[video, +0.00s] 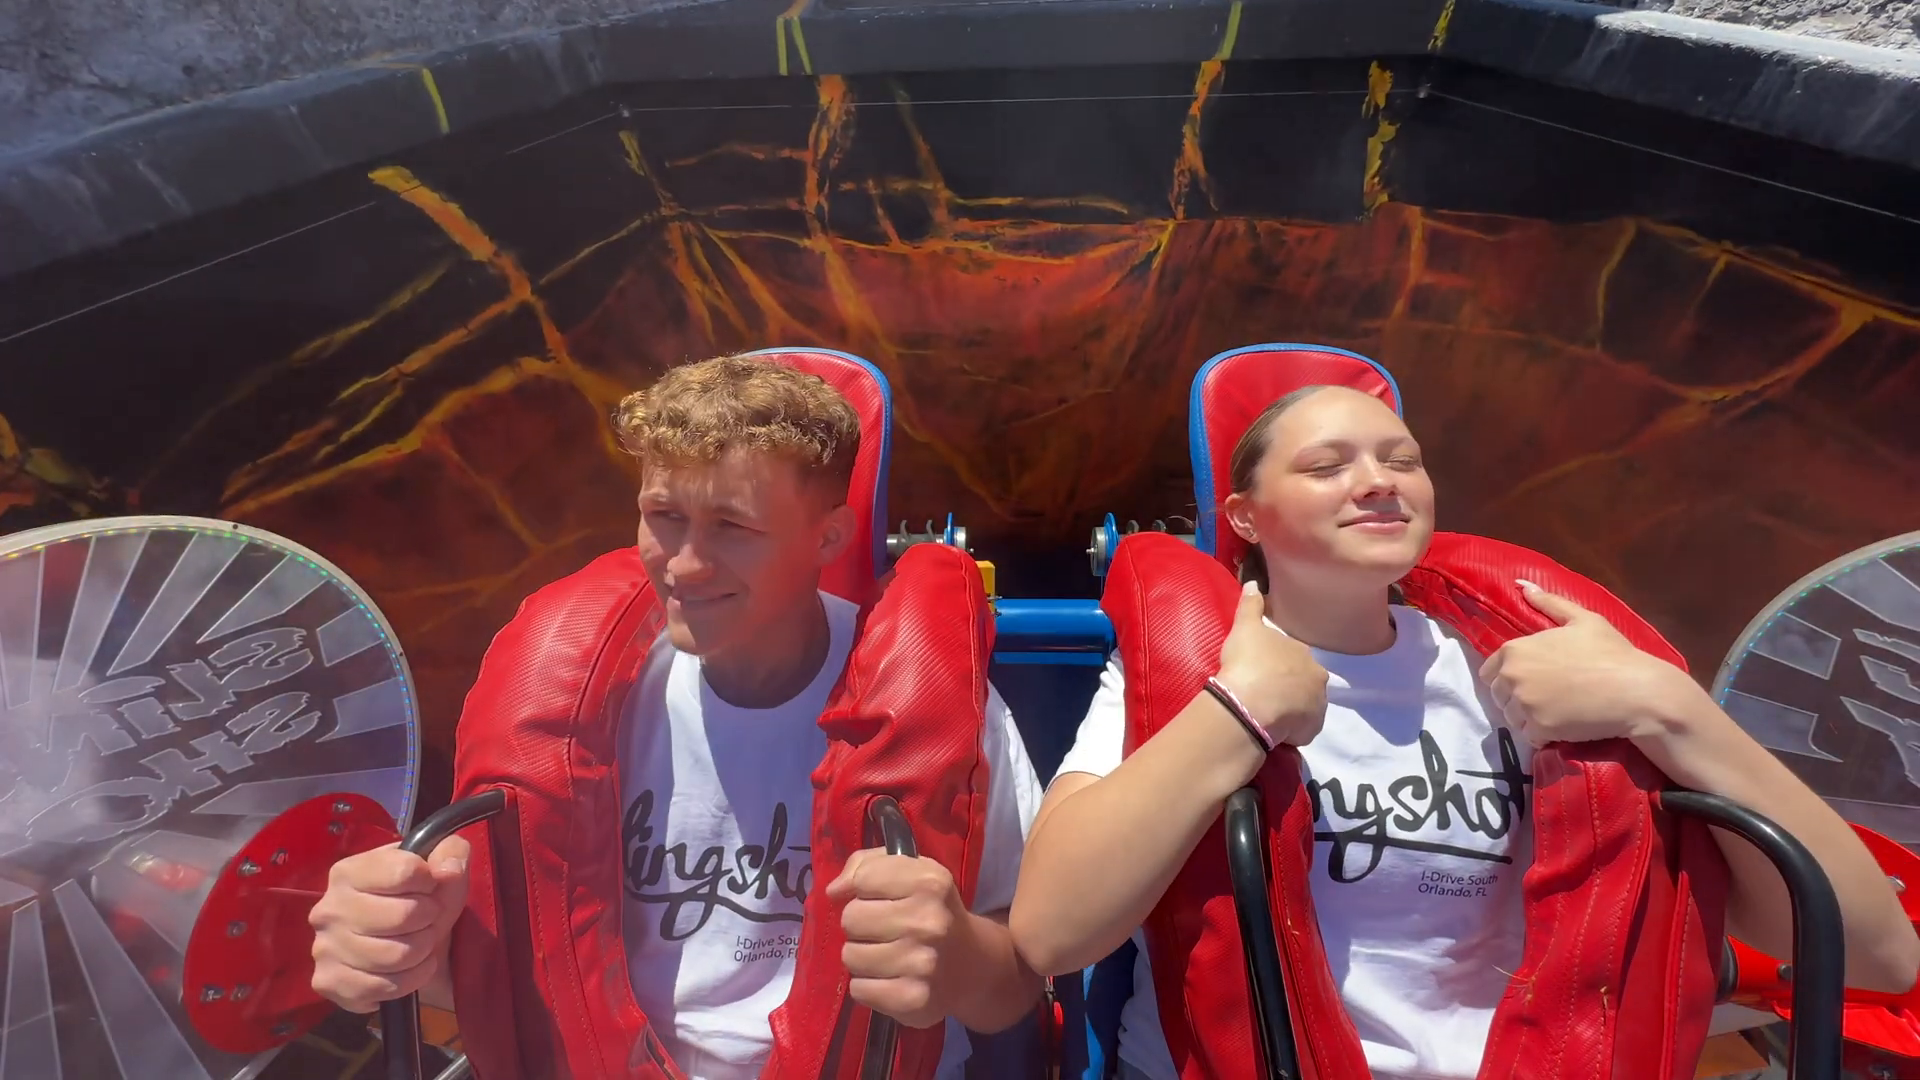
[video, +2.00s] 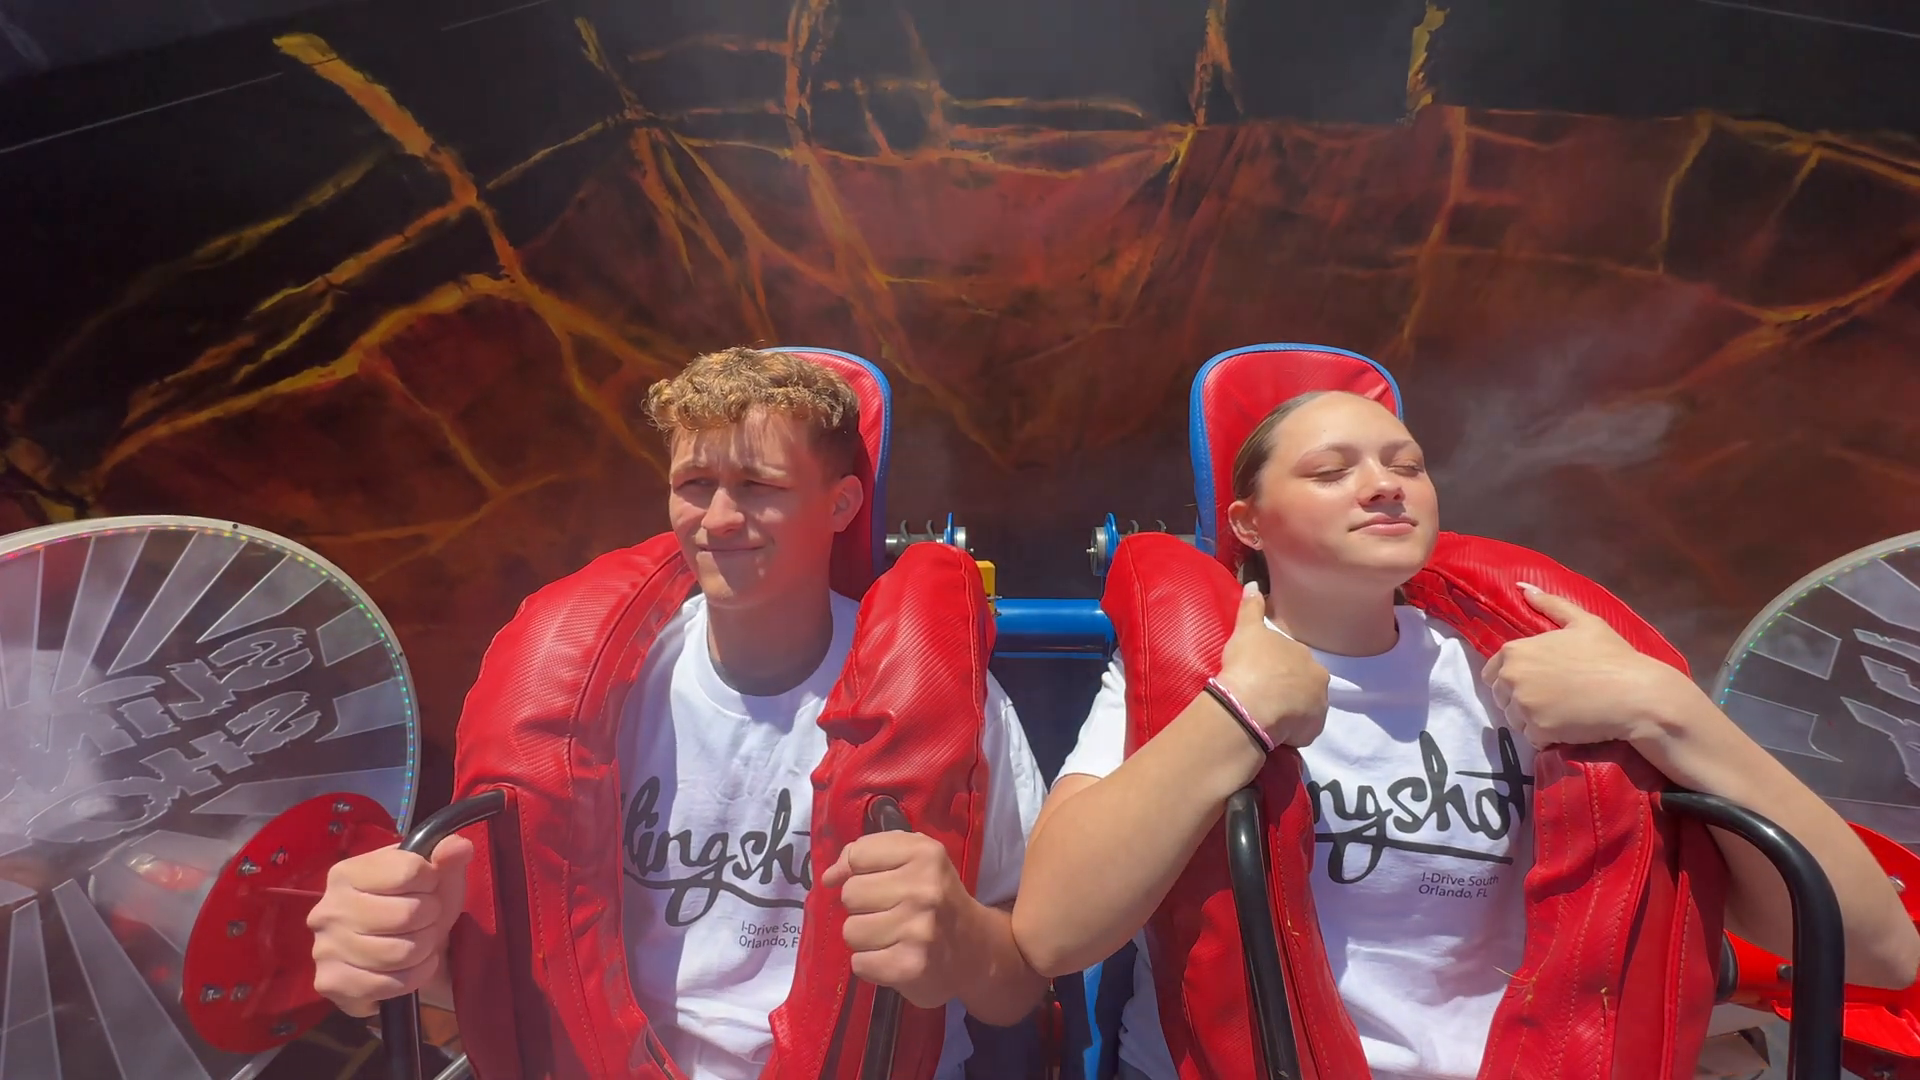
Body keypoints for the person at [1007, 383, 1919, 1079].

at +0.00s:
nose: (1379, 482)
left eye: (1397, 455)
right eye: (1326, 464)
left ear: (1427, 485)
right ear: (1246, 515)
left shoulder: (1533, 670)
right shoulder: (1172, 671)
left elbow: (1883, 952)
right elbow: (1046, 939)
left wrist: (1665, 704)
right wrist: (1238, 716)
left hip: (1523, 1060)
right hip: (1286, 1062)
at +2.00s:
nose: (1387, 484)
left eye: (1402, 458)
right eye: (1332, 469)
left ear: (1431, 487)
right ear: (1252, 524)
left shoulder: (1542, 673)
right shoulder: (1172, 677)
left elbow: (1883, 947)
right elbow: (1050, 938)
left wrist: (1665, 708)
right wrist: (1242, 714)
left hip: (1530, 1063)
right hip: (1296, 1064)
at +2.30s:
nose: (1387, 484)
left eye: (1405, 462)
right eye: (1332, 467)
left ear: (1432, 499)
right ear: (1246, 522)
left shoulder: (1531, 666)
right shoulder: (1159, 672)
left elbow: (1760, 973)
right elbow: (1084, 977)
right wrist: (1167, 812)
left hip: (1522, 1056)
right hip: (1270, 1059)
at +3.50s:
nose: (1384, 482)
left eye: (1400, 458)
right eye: (1329, 468)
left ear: (1431, 489)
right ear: (1244, 523)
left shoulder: (1524, 670)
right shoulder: (1175, 667)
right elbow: (1087, 953)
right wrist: (1164, 914)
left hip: (1508, 1068)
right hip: (1289, 1066)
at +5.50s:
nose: (1384, 479)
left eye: (1401, 455)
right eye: (1330, 464)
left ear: (1433, 489)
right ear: (1244, 522)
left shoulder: (1524, 670)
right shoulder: (1172, 668)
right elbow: (1085, 956)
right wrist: (1161, 911)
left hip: (1506, 1066)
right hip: (1290, 1065)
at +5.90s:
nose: (1383, 481)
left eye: (1400, 457)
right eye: (1329, 468)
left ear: (1433, 489)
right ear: (1245, 523)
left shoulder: (1524, 666)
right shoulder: (1174, 664)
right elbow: (1088, 954)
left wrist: (1736, 879)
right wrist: (1162, 912)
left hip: (1506, 1066)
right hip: (1290, 1064)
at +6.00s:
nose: (1384, 481)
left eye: (1401, 457)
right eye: (1330, 468)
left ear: (1434, 488)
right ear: (1246, 523)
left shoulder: (1520, 664)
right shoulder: (1175, 664)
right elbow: (1089, 954)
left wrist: (1717, 857)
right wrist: (1162, 911)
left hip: (1508, 1065)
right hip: (1294, 1065)